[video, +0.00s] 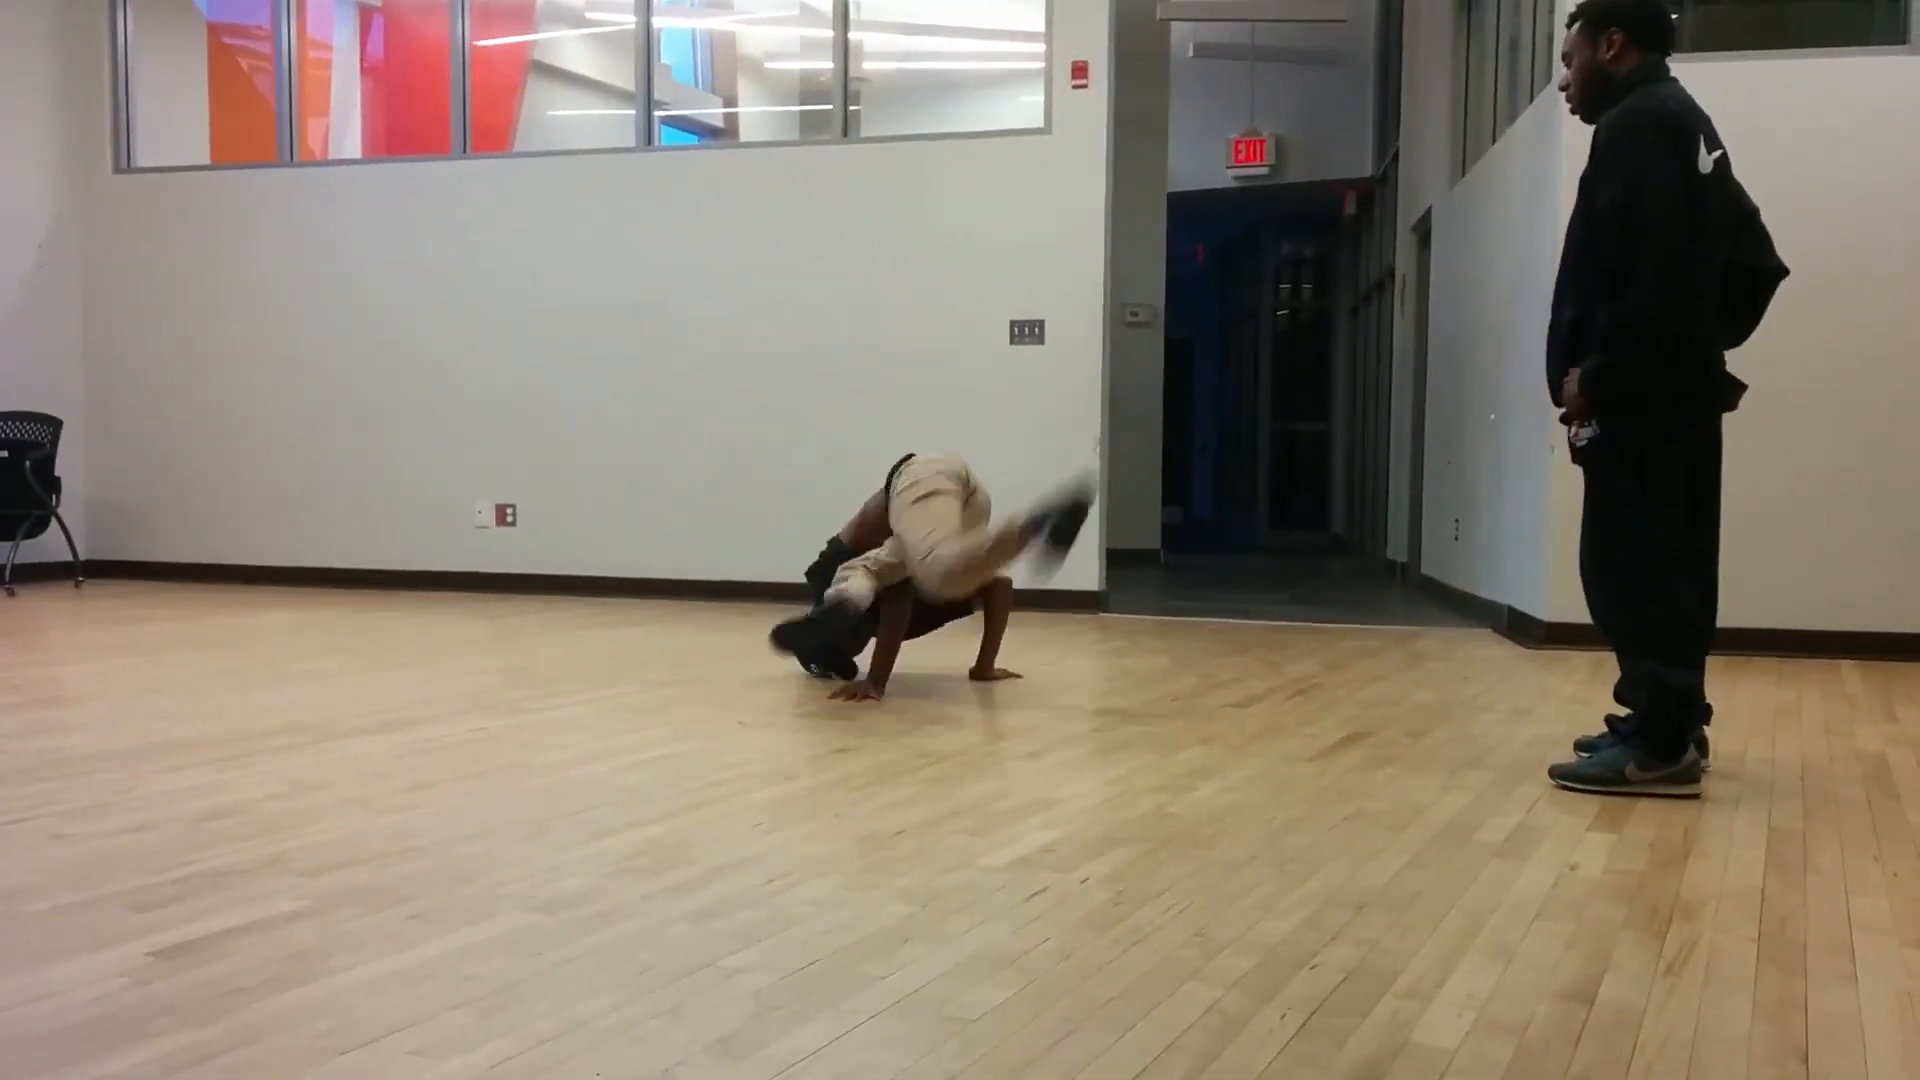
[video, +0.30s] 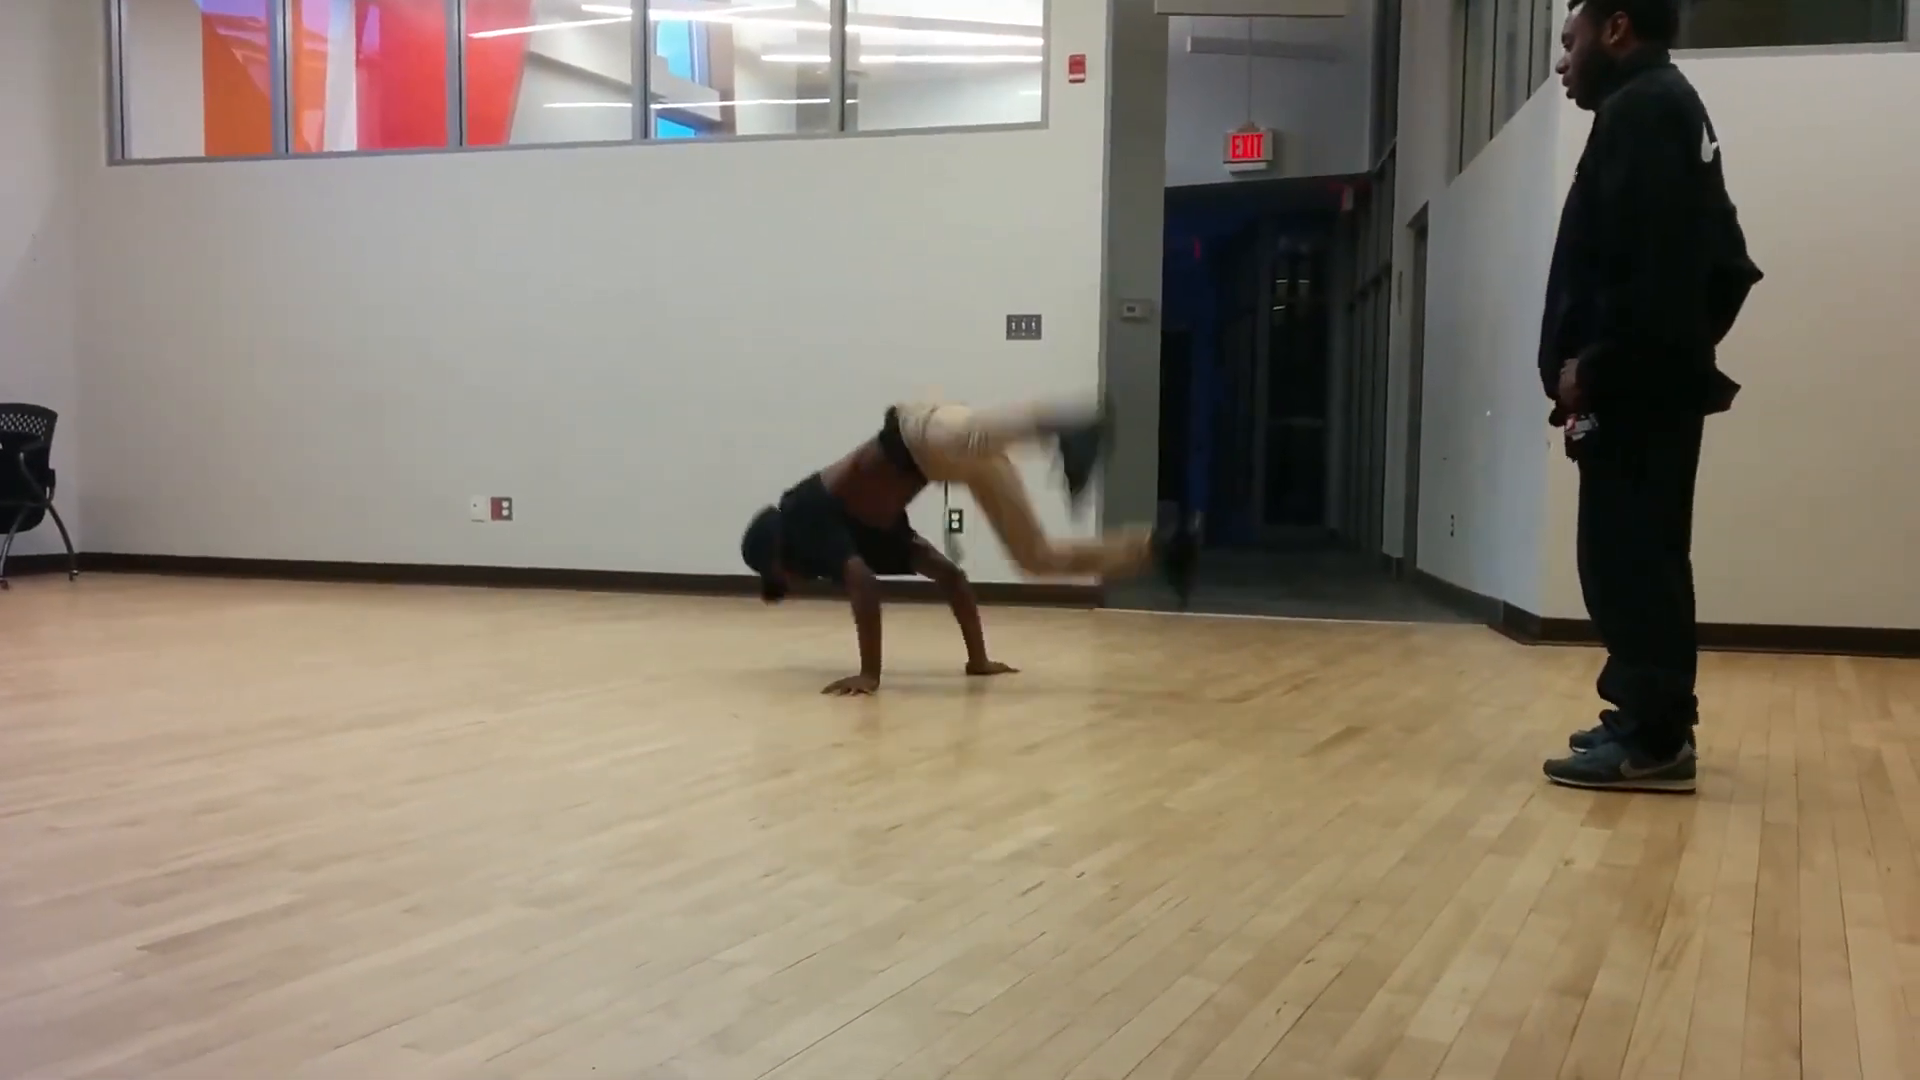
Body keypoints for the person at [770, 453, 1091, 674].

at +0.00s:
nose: (852, 610)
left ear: (833, 602)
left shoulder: (843, 571)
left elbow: (897, 601)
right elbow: (1000, 589)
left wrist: (875, 682)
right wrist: (984, 666)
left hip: (925, 472)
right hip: (977, 495)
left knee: (937, 572)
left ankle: (1032, 525)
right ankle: (1049, 527)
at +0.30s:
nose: (784, 586)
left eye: (774, 575)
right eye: (776, 579)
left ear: (775, 551)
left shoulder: (800, 519)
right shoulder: (876, 535)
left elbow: (862, 586)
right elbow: (951, 577)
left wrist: (868, 674)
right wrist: (978, 658)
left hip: (915, 433)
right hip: (954, 446)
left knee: (961, 436)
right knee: (1034, 556)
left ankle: (1070, 426)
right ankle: (1157, 548)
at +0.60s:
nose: (760, 458)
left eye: (754, 448)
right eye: (753, 450)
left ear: (762, 440)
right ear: (779, 407)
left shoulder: (809, 484)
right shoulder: (824, 392)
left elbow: (861, 579)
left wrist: (865, 671)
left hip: (967, 504)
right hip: (984, 446)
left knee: (877, 580)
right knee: (899, 393)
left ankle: (937, 628)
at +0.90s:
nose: (900, 409)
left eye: (906, 401)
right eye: (903, 399)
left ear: (920, 408)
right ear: (950, 404)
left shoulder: (892, 474)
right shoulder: (988, 475)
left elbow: (874, 586)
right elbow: (965, 581)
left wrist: (859, 673)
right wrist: (958, 665)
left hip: (845, 549)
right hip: (889, 528)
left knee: (751, 455)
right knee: (834, 461)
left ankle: (620, 434)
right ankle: (777, 454)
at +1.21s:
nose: (841, 458)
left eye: (847, 446)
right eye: (840, 450)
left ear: (868, 427)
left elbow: (832, 479)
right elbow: (959, 583)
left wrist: (757, 511)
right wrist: (953, 664)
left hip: (913, 472)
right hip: (949, 523)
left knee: (770, 491)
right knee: (887, 648)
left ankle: (624, 526)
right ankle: (835, 664)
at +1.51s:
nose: (944, 509)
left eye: (946, 502)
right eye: (940, 499)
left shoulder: (839, 564)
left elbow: (863, 600)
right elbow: (924, 583)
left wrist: (852, 670)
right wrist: (954, 659)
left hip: (854, 562)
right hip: (863, 504)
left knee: (993, 611)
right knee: (976, 444)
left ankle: (1059, 646)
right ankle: (1021, 429)